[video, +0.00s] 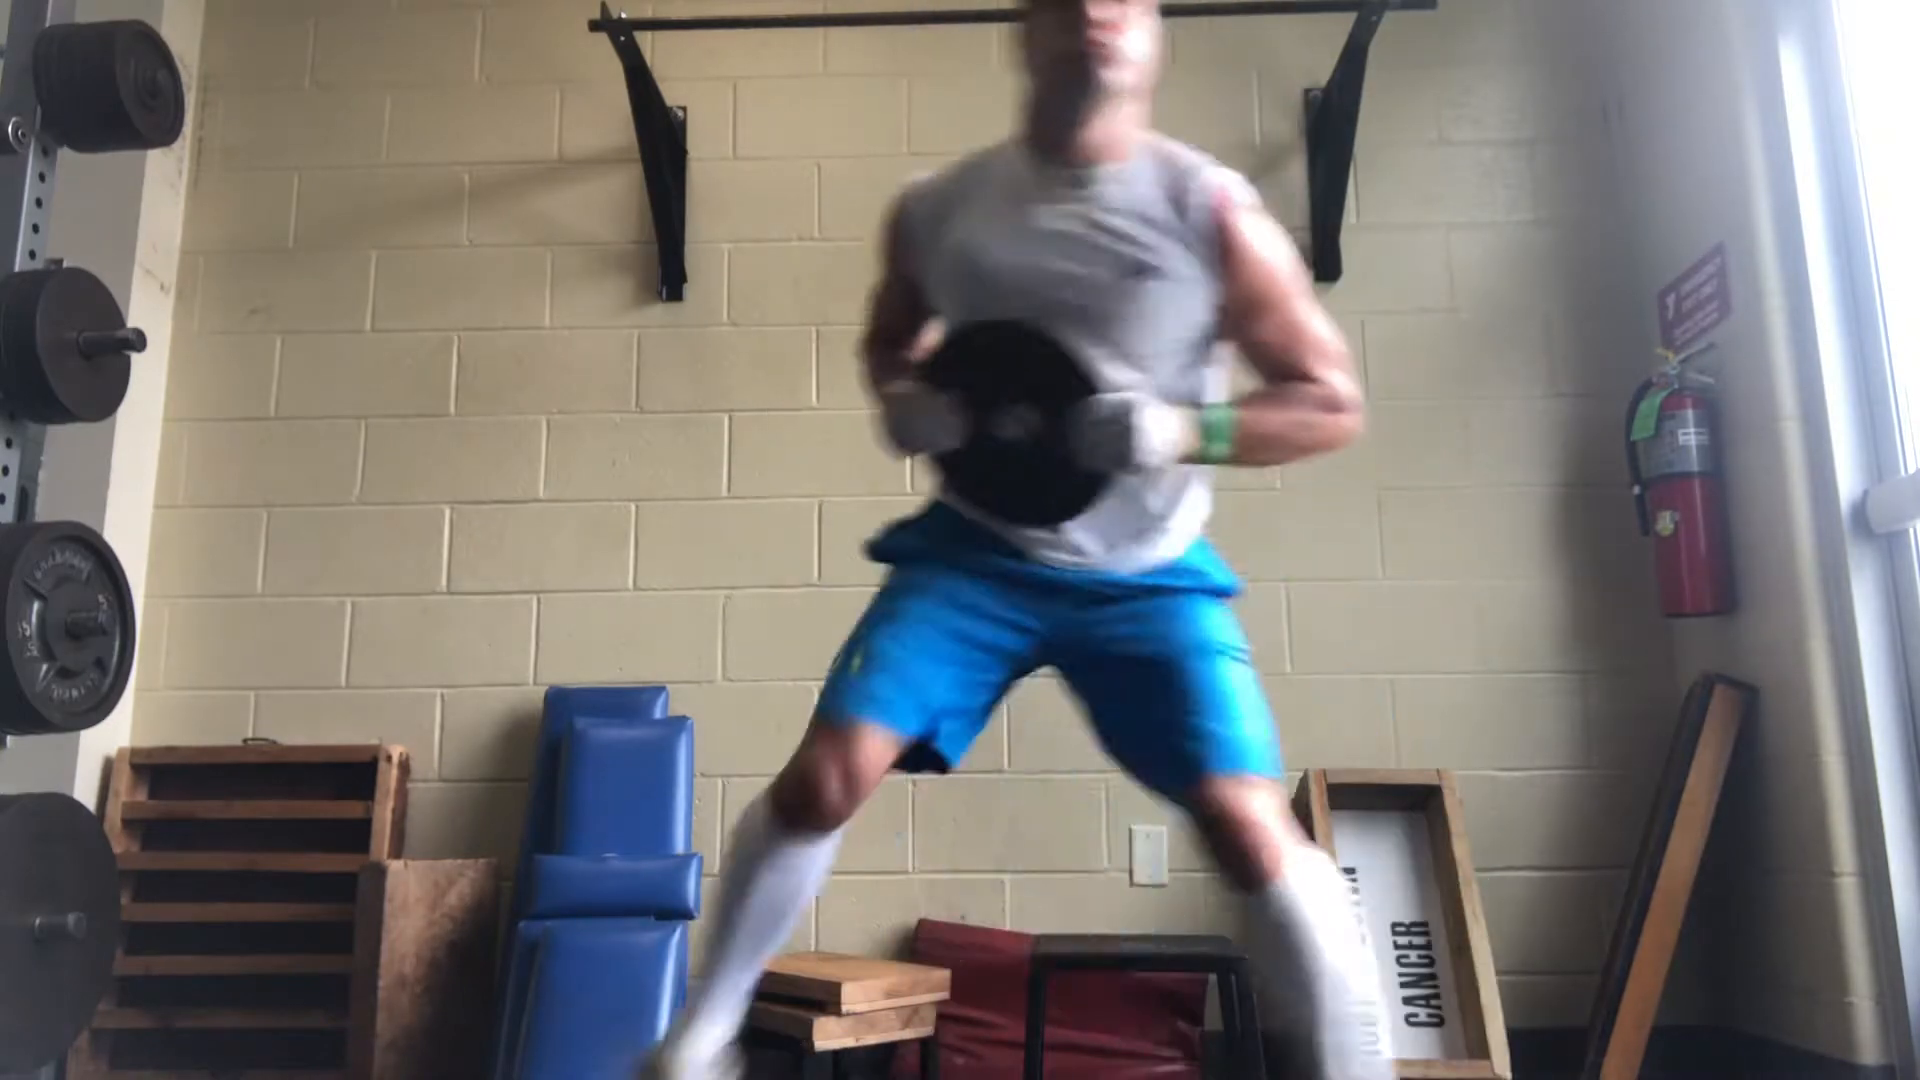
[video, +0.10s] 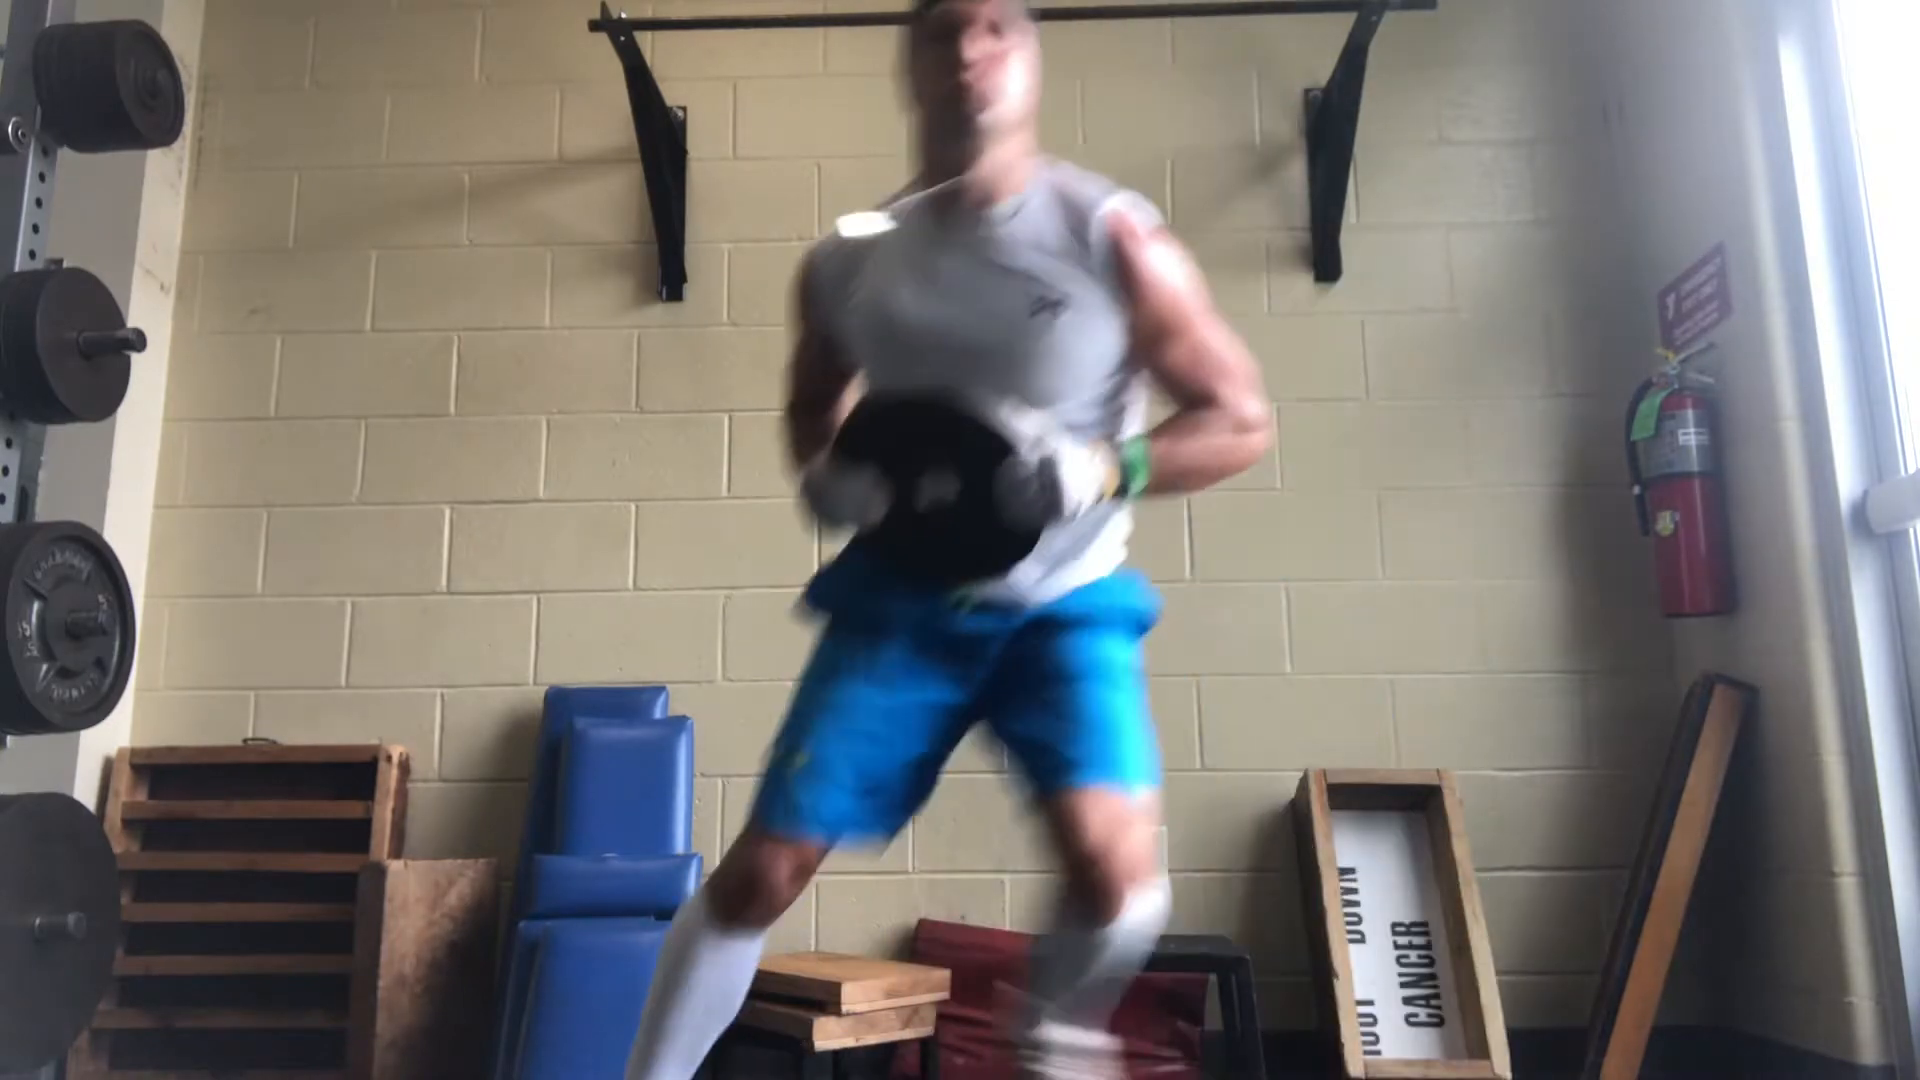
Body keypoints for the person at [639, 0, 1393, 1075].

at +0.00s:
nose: (1099, 25)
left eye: (1122, 6)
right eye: (1067, 7)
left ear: (1155, 37)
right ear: (1023, 33)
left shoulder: (1210, 212)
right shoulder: (936, 214)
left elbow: (1332, 404)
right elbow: (887, 362)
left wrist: (1173, 430)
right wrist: (916, 410)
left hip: (1152, 581)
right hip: (972, 562)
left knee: (1249, 829)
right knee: (823, 780)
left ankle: (1361, 1073)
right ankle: (690, 1053)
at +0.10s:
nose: (968, 56)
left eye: (995, 31)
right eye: (941, 34)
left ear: (1033, 62)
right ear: (911, 69)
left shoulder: (1111, 234)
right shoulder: (848, 265)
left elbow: (1243, 421)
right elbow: (811, 427)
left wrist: (1100, 469)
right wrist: (837, 484)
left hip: (1068, 614)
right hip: (901, 610)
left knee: (1122, 883)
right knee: (763, 872)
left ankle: (1049, 1036)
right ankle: (649, 1075)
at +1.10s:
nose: (935, 105)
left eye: (959, 83)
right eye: (913, 86)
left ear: (1001, 111)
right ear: (883, 116)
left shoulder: (1073, 277)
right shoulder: (815, 299)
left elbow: (1176, 475)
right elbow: (763, 500)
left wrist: (1026, 513)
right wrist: (803, 510)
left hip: (1024, 645)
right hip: (857, 640)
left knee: (1068, 907)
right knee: (725, 883)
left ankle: (1004, 1026)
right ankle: (631, 1073)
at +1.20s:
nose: (851, 152)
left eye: (874, 130)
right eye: (826, 135)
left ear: (915, 159)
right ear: (801, 169)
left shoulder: (1008, 310)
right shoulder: (753, 358)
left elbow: (1136, 488)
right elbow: (732, 501)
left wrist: (1005, 554)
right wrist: (734, 574)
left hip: (979, 670)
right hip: (818, 668)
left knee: (935, 921)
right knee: (695, 898)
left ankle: (878, 998)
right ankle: (627, 1076)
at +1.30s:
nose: (852, 149)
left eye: (875, 125)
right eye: (826, 131)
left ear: (918, 154)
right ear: (799, 168)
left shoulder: (1014, 302)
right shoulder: (752, 352)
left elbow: (1157, 452)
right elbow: (728, 503)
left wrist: (1058, 519)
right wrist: (773, 552)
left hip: (998, 662)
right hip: (830, 663)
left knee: (1017, 886)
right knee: (703, 889)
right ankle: (627, 1077)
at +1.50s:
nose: (1052, 71)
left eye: (1073, 46)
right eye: (1025, 50)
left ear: (1111, 74)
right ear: (989, 81)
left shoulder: (1187, 238)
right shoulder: (902, 250)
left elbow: (1285, 364)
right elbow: (846, 428)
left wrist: (1265, 433)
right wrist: (958, 453)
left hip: (1137, 594)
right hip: (962, 604)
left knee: (1274, 823)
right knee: (854, 846)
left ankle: (1448, 1070)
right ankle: (802, 1065)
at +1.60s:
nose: (1152, 104)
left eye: (1173, 80)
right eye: (1122, 83)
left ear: (1209, 112)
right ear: (1081, 115)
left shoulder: (1274, 278)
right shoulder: (997, 282)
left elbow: (1343, 419)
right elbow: (922, 471)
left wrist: (1334, 496)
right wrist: (1052, 516)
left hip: (1226, 650)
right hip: (1046, 658)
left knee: (1351, 865)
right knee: (975, 904)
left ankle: (1475, 1072)